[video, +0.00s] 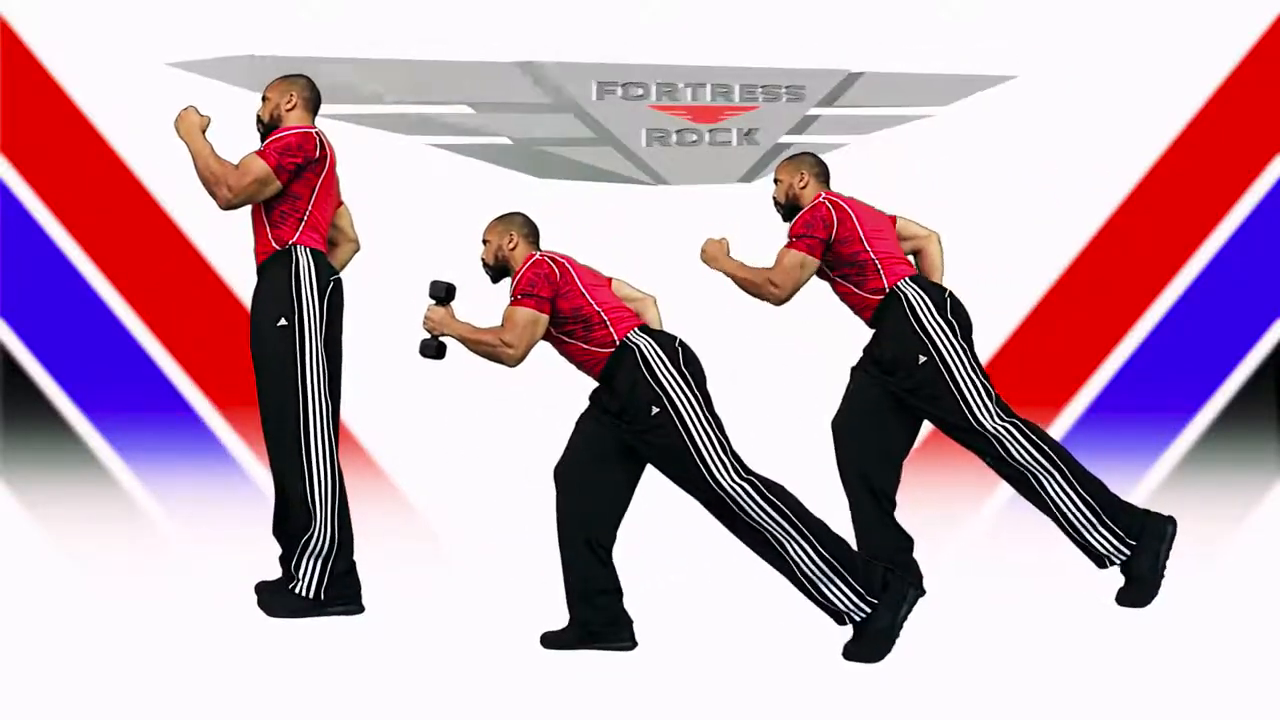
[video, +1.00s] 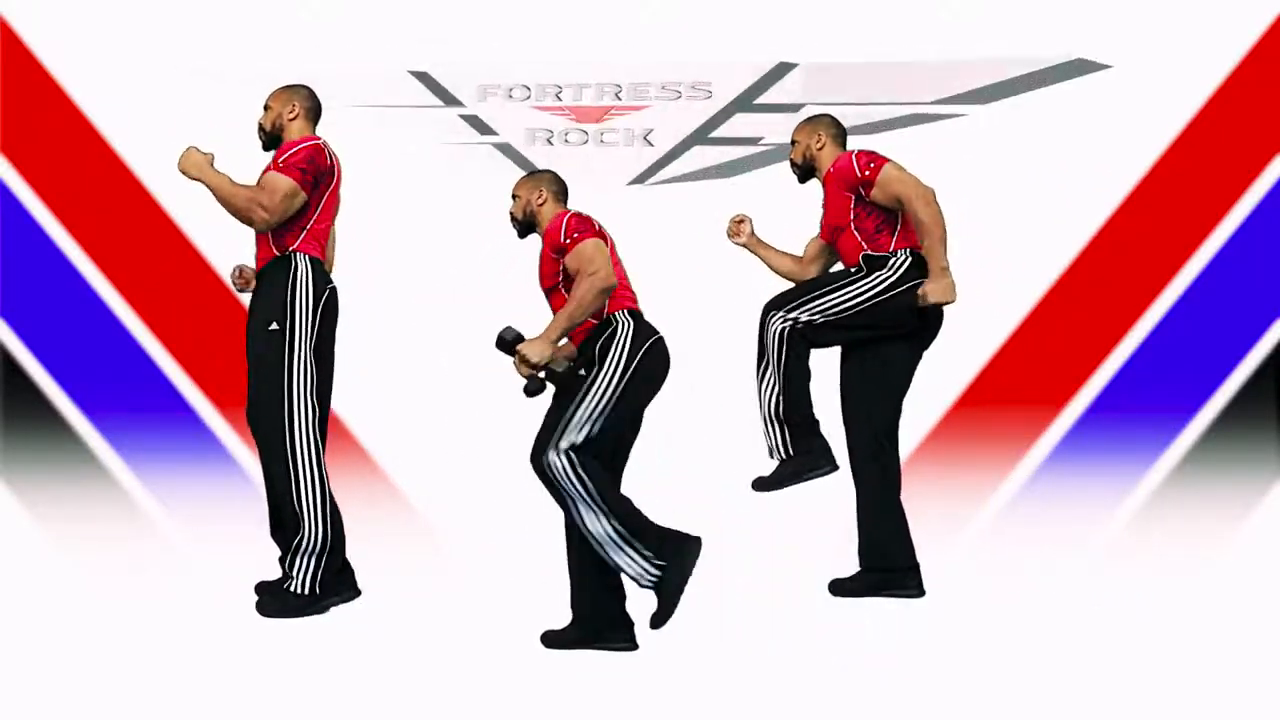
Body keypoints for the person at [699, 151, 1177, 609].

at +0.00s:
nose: (773, 192)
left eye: (780, 181)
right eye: (773, 184)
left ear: (809, 181)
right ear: (812, 185)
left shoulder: (819, 211)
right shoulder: (848, 213)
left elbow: (776, 289)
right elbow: (925, 239)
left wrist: (723, 263)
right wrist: (936, 312)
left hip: (916, 316)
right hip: (902, 327)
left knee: (994, 432)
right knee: (858, 439)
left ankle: (1135, 534)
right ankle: (892, 574)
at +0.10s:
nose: (772, 186)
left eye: (777, 176)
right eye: (771, 178)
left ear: (803, 173)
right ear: (810, 175)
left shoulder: (822, 203)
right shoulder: (847, 206)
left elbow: (808, 277)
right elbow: (914, 253)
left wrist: (747, 289)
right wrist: (908, 314)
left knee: (949, 433)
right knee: (860, 438)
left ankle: (1092, 526)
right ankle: (890, 575)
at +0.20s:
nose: (775, 178)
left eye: (779, 168)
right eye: (774, 171)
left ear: (804, 163)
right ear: (806, 165)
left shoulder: (830, 188)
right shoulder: (831, 207)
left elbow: (858, 252)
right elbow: (874, 285)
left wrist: (803, 304)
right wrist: (828, 319)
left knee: (885, 423)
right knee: (860, 432)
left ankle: (1008, 508)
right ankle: (890, 570)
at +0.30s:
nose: (781, 167)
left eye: (785, 157)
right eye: (780, 160)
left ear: (810, 152)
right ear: (812, 155)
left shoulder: (842, 176)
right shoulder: (830, 212)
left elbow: (892, 221)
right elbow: (840, 287)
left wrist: (877, 295)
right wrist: (780, 284)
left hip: (904, 286)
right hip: (899, 299)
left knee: (815, 371)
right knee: (881, 430)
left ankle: (882, 491)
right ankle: (892, 573)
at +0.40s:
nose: (784, 159)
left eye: (789, 148)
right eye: (785, 151)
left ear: (814, 145)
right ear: (814, 149)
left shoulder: (848, 165)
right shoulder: (835, 206)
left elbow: (913, 195)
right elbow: (803, 270)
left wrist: (935, 269)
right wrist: (750, 241)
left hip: (900, 271)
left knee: (788, 317)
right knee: (884, 442)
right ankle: (897, 571)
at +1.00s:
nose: (790, 155)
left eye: (794, 145)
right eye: (790, 148)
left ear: (818, 140)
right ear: (820, 144)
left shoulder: (851, 162)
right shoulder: (838, 201)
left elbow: (919, 195)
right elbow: (805, 270)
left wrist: (939, 272)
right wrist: (751, 242)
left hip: (898, 273)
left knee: (781, 317)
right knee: (869, 436)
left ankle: (801, 448)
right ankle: (890, 569)